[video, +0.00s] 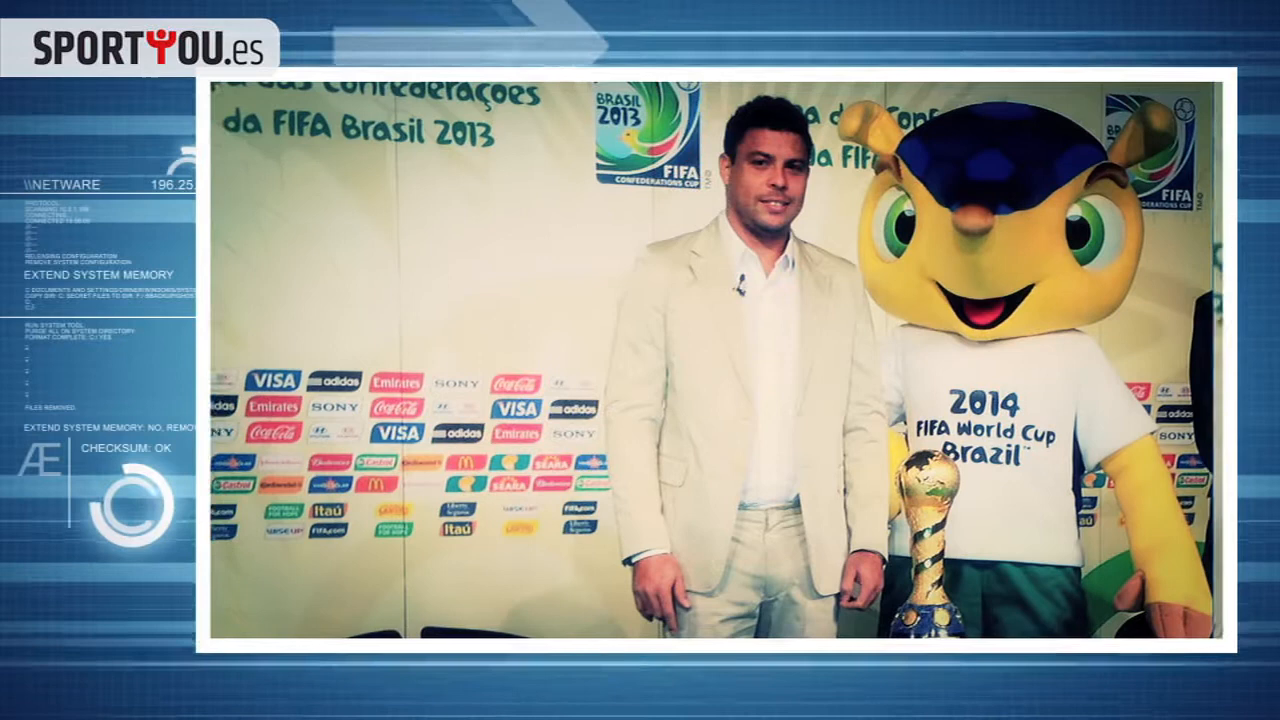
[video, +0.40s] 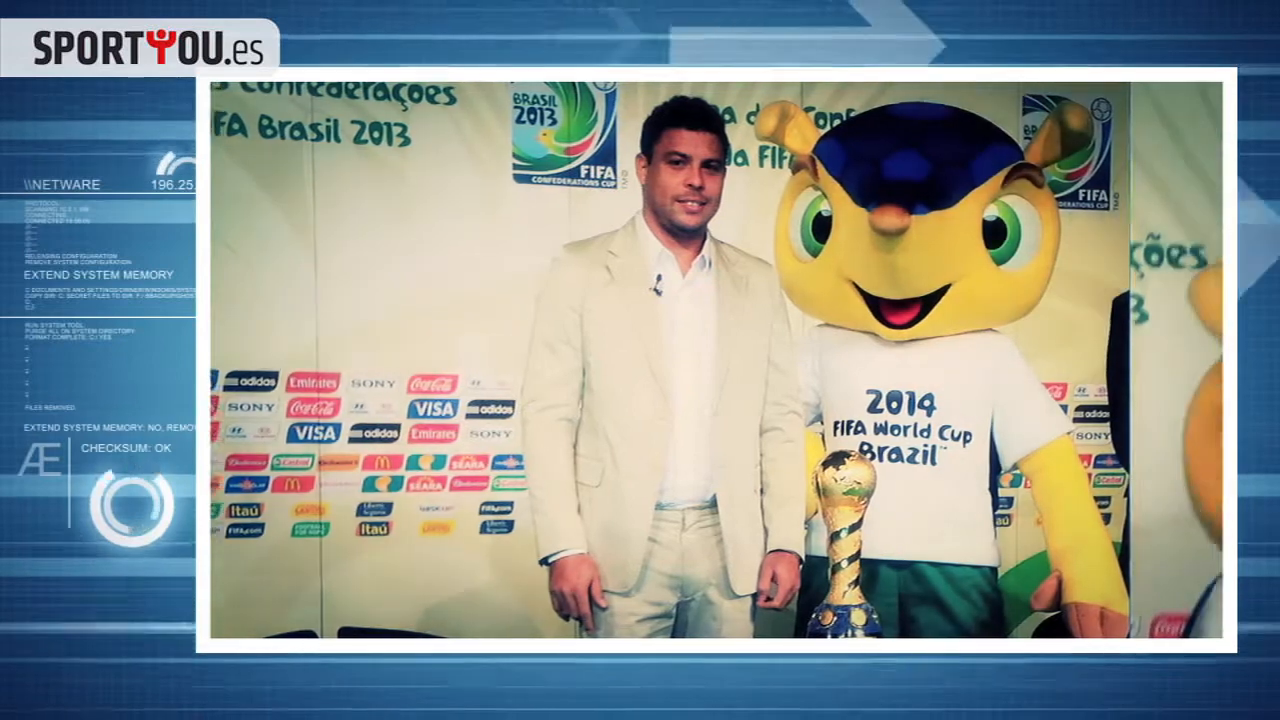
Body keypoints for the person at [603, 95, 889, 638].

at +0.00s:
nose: (779, 181)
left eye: (795, 166)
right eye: (761, 162)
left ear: (809, 177)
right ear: (726, 170)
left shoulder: (842, 283)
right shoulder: (663, 271)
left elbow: (865, 423)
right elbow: (630, 416)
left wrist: (868, 543)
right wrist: (647, 549)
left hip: (814, 542)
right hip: (706, 545)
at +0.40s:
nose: (696, 180)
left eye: (712, 166)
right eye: (678, 162)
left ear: (725, 177)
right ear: (643, 169)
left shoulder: (758, 282)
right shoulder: (580, 271)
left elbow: (782, 422)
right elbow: (547, 416)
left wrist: (784, 543)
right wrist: (564, 549)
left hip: (731, 542)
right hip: (623, 544)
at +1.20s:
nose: (529, 180)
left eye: (545, 166)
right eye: (511, 162)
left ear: (558, 178)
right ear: (476, 170)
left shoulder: (591, 282)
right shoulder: (413, 270)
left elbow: (615, 422)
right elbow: (380, 414)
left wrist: (617, 543)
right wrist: (397, 548)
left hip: (564, 542)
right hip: (457, 543)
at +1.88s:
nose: (388, 181)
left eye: (404, 166)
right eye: (370, 162)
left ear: (417, 178)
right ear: (335, 170)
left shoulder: (449, 282)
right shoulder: (271, 270)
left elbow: (473, 422)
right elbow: (238, 414)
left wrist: (476, 543)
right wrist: (256, 548)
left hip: (423, 543)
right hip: (316, 544)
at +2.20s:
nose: (321, 180)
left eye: (337, 166)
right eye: (302, 162)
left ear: (350, 178)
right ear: (267, 169)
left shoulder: (386, 284)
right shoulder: (205, 275)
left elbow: (406, 422)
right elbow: (179, 416)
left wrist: (409, 542)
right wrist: (195, 543)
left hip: (357, 542)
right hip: (248, 543)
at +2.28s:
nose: (304, 180)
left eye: (320, 166)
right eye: (286, 162)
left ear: (333, 177)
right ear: (251, 170)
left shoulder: (368, 284)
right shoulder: (196, 274)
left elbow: (389, 423)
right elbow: (167, 416)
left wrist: (393, 542)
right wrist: (180, 551)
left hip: (340, 542)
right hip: (232, 543)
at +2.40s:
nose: (279, 180)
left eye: (294, 166)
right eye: (262, 163)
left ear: (309, 178)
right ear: (227, 169)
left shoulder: (341, 282)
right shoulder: (182, 271)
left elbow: (365, 422)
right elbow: (147, 401)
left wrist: (369, 542)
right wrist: (159, 534)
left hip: (314, 538)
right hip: (212, 538)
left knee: (306, 711)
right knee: (204, 711)